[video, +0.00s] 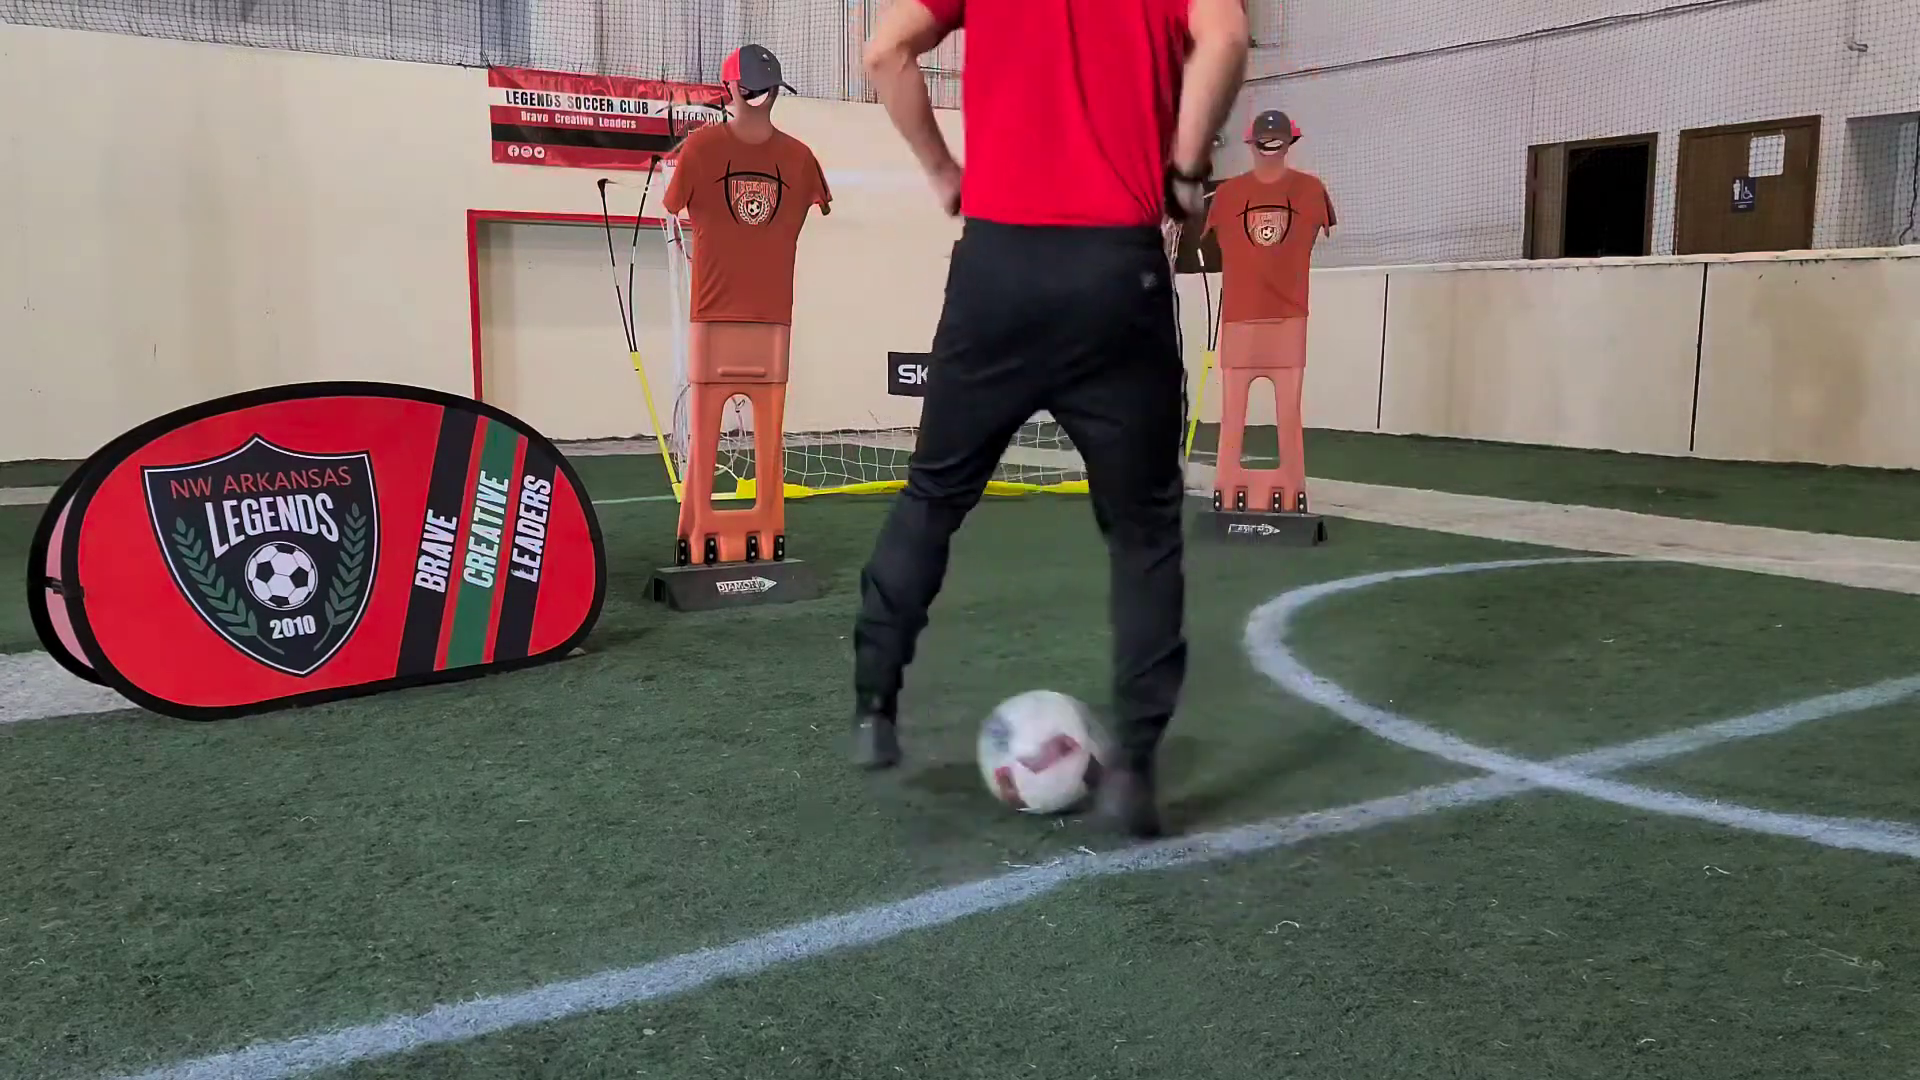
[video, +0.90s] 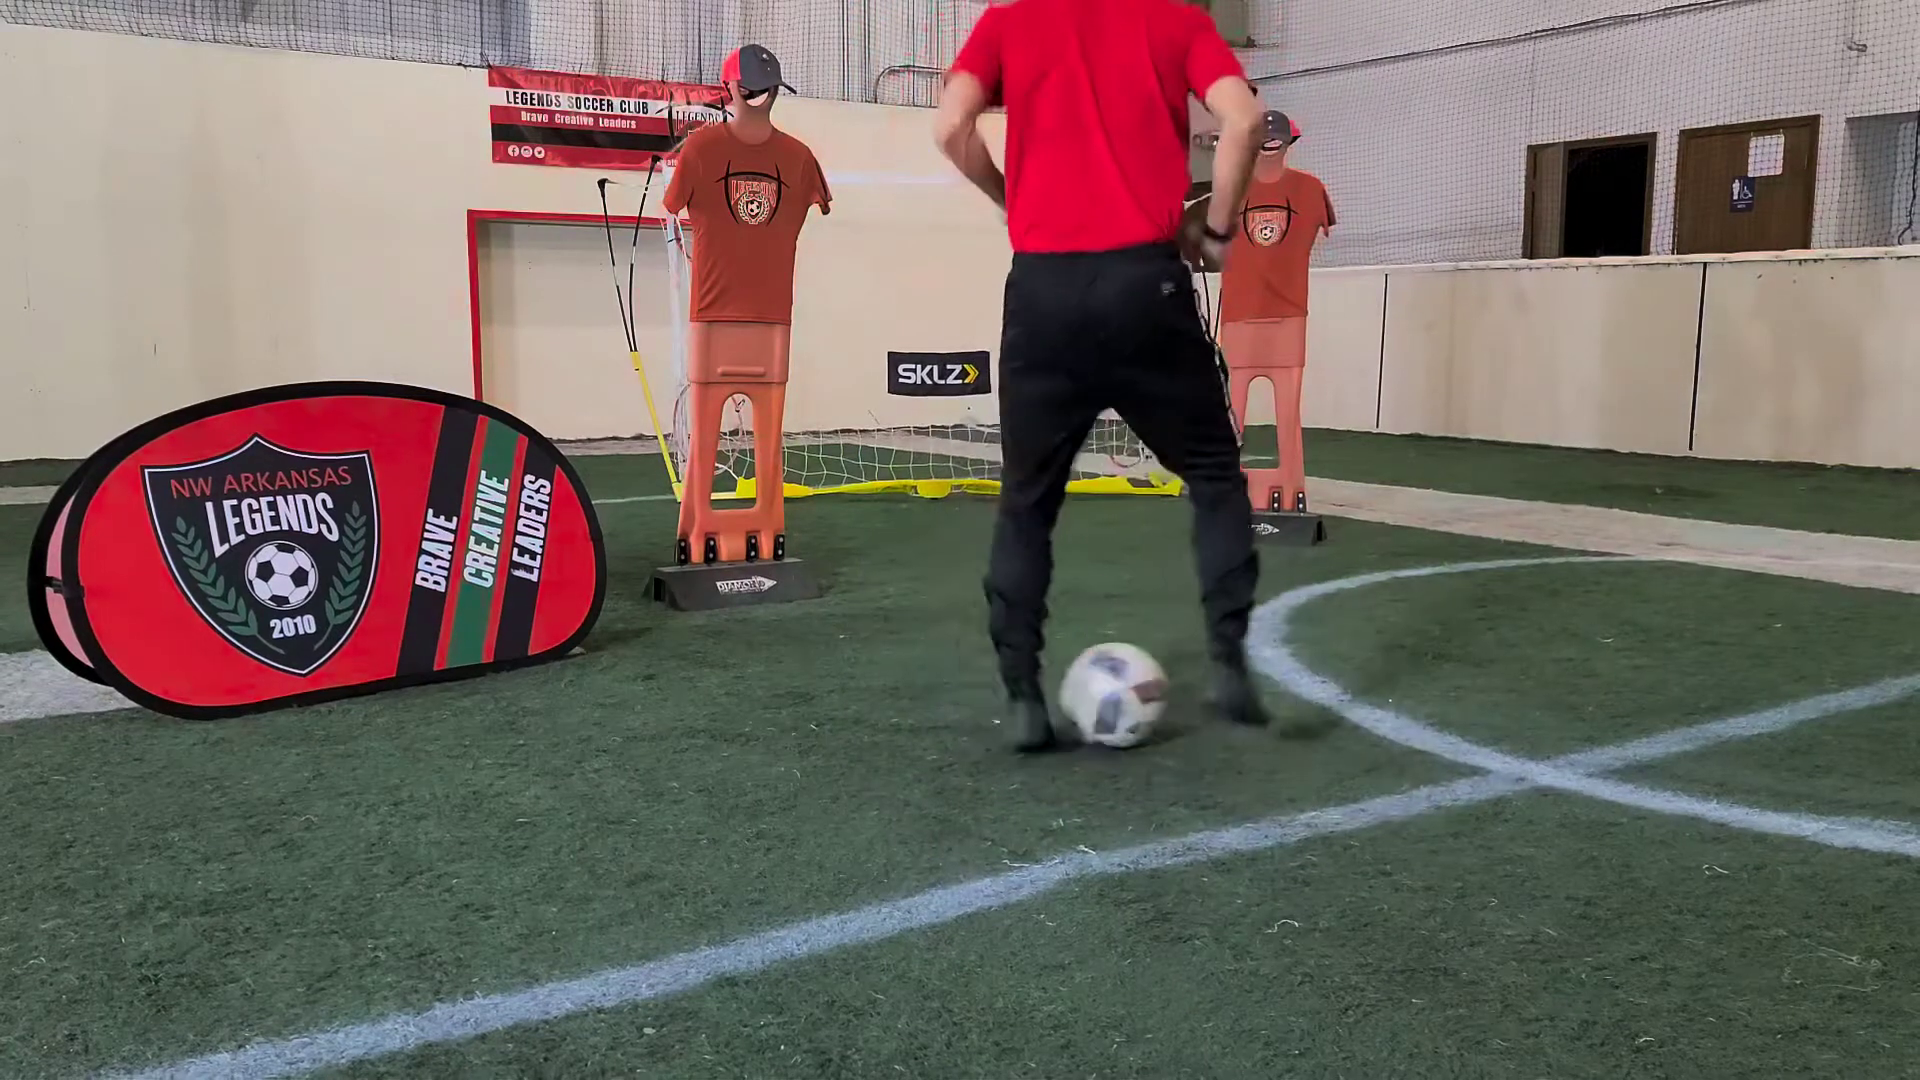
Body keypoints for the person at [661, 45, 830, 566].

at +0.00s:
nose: (758, 97)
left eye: (766, 88)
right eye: (749, 88)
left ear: (776, 88)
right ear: (730, 87)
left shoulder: (797, 153)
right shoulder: (701, 144)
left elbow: (801, 215)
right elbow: (675, 209)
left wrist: (760, 238)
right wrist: (724, 229)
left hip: (772, 302)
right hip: (713, 303)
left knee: (771, 414)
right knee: (705, 415)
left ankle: (768, 524)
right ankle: (697, 525)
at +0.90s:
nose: (757, 95)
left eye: (765, 87)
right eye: (748, 86)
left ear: (776, 88)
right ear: (729, 87)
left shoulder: (796, 153)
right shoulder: (702, 144)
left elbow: (799, 218)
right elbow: (676, 210)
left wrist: (760, 238)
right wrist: (726, 229)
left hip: (772, 302)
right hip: (713, 302)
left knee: (769, 413)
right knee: (705, 413)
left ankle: (767, 526)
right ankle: (697, 526)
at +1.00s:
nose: (759, 97)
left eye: (766, 88)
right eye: (750, 88)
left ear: (776, 89)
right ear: (730, 89)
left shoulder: (797, 153)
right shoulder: (703, 146)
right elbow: (677, 211)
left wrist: (750, 232)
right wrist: (725, 226)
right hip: (715, 304)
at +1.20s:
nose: (758, 95)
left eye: (765, 86)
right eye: (749, 86)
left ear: (776, 87)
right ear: (729, 87)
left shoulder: (797, 152)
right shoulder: (702, 144)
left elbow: (805, 212)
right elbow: (674, 208)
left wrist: (759, 234)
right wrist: (722, 227)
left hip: (772, 303)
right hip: (712, 303)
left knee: (770, 418)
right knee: (704, 420)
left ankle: (767, 531)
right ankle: (696, 531)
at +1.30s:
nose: (759, 95)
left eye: (766, 87)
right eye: (749, 87)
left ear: (776, 87)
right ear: (729, 88)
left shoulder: (798, 153)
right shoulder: (702, 145)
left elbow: (804, 213)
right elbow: (673, 209)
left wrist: (758, 235)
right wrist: (723, 227)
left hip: (772, 303)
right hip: (712, 303)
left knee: (770, 418)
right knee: (705, 420)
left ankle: (768, 531)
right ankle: (697, 531)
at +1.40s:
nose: (759, 96)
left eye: (766, 87)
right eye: (749, 87)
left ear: (775, 87)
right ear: (729, 88)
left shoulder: (797, 153)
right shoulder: (702, 145)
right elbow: (675, 210)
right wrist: (724, 227)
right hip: (713, 304)